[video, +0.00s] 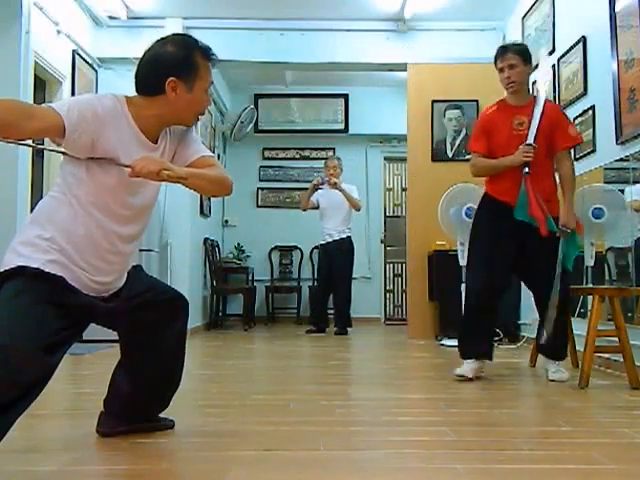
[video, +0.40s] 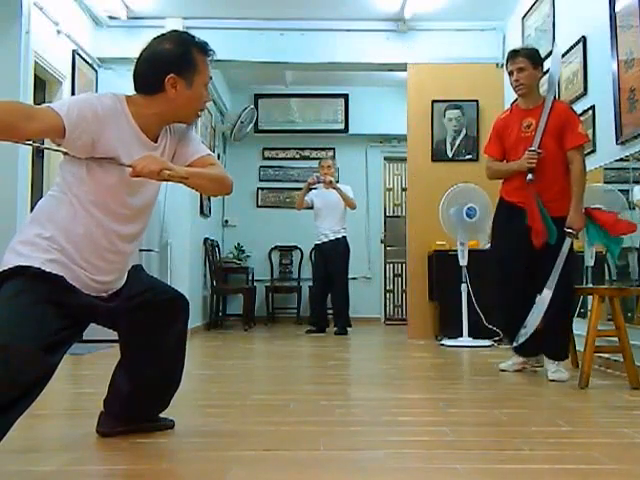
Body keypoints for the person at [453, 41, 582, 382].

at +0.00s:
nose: (508, 74)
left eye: (514, 67)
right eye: (502, 70)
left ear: (529, 69)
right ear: (497, 76)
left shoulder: (549, 112)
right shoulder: (488, 116)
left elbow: (563, 162)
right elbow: (476, 167)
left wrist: (568, 206)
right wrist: (511, 159)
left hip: (540, 210)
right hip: (496, 209)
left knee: (551, 286)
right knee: (481, 282)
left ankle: (555, 356)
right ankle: (473, 357)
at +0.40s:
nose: (516, 77)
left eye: (522, 70)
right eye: (511, 73)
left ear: (539, 72)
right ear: (508, 79)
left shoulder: (561, 112)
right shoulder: (503, 121)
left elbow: (576, 163)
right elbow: (491, 169)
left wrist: (576, 209)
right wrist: (516, 165)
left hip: (554, 211)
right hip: (513, 210)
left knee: (555, 283)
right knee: (513, 279)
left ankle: (556, 357)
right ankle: (525, 353)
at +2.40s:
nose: (512, 86)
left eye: (517, 79)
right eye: (508, 82)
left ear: (534, 82)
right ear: (505, 89)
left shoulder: (553, 117)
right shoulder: (505, 131)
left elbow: (565, 164)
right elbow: (493, 177)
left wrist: (558, 209)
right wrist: (508, 170)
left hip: (547, 214)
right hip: (516, 216)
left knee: (555, 285)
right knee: (520, 284)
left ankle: (565, 357)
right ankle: (528, 354)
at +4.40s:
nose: (511, 86)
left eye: (516, 80)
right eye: (506, 83)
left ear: (533, 83)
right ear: (504, 89)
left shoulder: (553, 117)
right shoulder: (504, 132)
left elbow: (565, 164)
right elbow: (493, 177)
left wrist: (557, 209)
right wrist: (507, 171)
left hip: (545, 214)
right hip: (512, 215)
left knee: (552, 284)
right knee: (518, 284)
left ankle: (565, 358)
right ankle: (530, 355)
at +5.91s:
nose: (510, 86)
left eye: (516, 80)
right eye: (506, 83)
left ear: (534, 82)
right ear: (505, 89)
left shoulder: (554, 116)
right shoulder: (505, 131)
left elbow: (565, 165)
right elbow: (493, 177)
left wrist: (557, 209)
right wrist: (508, 171)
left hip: (546, 214)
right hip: (514, 214)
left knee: (553, 284)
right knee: (520, 284)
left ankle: (565, 358)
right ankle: (530, 354)